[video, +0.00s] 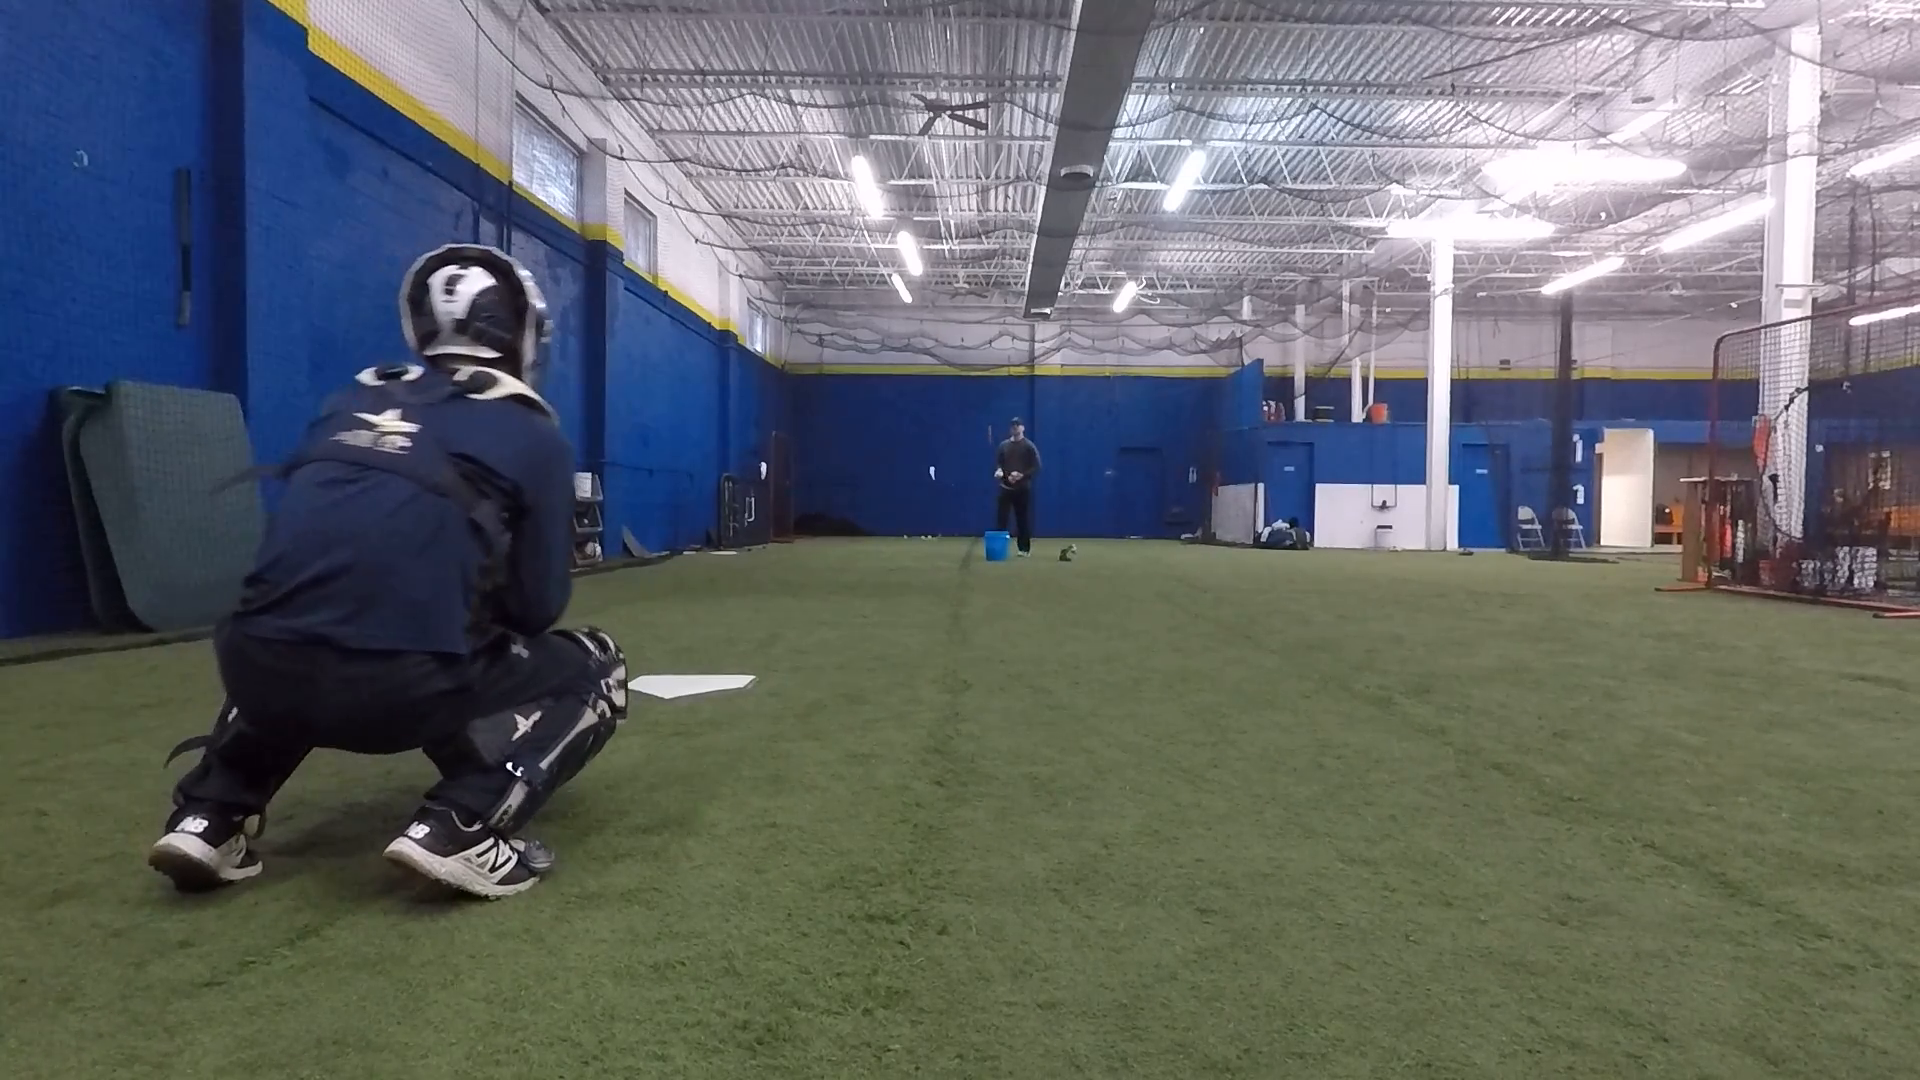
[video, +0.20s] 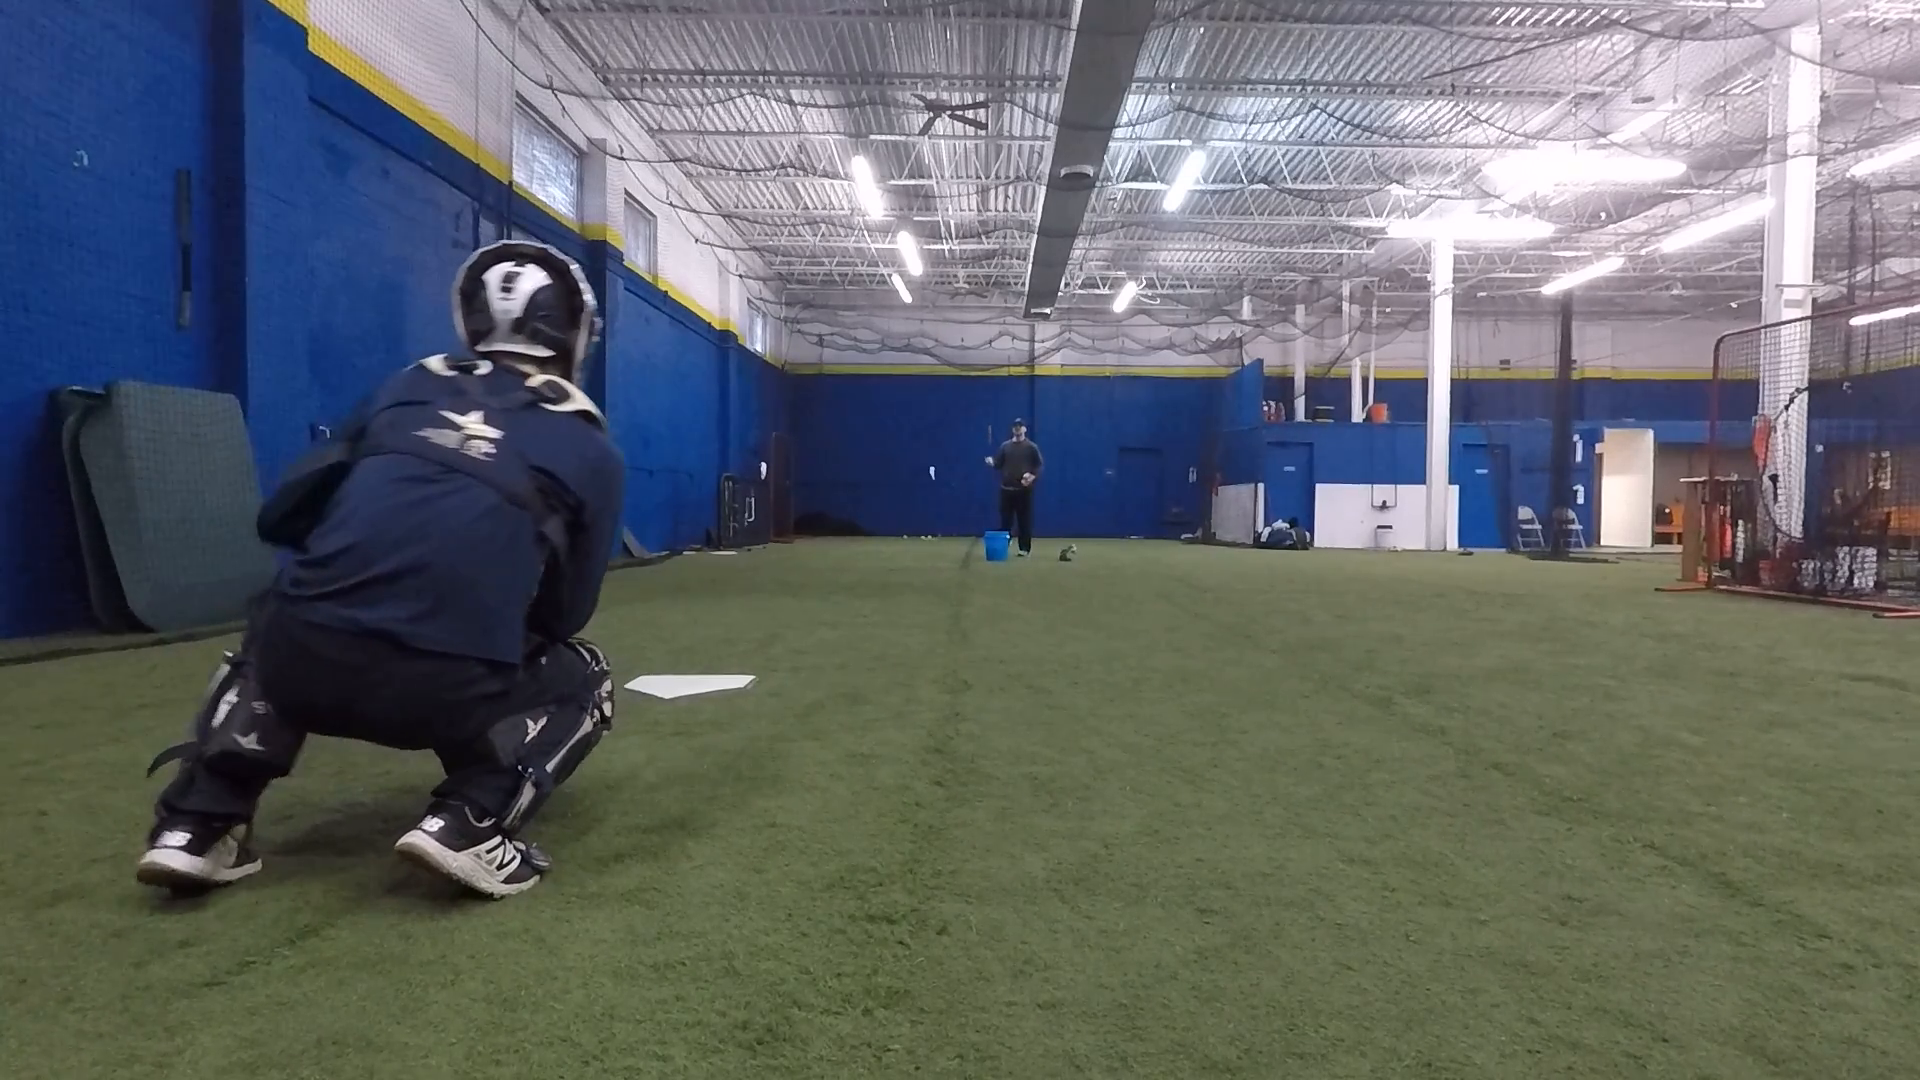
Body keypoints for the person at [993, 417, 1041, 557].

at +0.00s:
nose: (1016, 429)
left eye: (1018, 426)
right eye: (1013, 426)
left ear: (1023, 428)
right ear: (1010, 429)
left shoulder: (1029, 446)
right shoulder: (1003, 446)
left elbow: (1036, 466)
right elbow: (999, 463)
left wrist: (1022, 475)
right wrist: (1002, 472)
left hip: (1022, 488)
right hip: (1006, 487)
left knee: (1022, 519)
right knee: (1002, 517)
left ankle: (1024, 548)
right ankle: (999, 547)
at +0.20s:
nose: (1018, 429)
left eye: (1020, 427)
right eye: (1016, 427)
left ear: (1025, 429)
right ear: (1013, 429)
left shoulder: (1031, 447)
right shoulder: (1005, 446)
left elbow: (1039, 465)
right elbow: (999, 463)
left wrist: (1033, 475)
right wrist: (992, 462)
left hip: (1024, 489)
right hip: (1007, 489)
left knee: (1024, 520)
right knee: (1005, 518)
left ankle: (1024, 548)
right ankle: (1004, 545)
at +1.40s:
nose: (1012, 439)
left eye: (1014, 436)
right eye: (1010, 436)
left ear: (1019, 436)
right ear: (1007, 436)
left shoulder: (1025, 452)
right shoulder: (1000, 448)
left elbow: (1032, 469)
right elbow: (991, 461)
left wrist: (1025, 482)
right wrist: (996, 470)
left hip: (1013, 489)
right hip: (997, 487)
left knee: (1013, 518)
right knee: (994, 516)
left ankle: (1014, 545)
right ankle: (990, 545)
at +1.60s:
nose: (1006, 437)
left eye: (1008, 434)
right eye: (1004, 434)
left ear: (1013, 435)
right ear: (1001, 435)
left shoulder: (1019, 451)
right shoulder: (993, 448)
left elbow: (1026, 468)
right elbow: (986, 464)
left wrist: (1021, 481)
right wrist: (992, 471)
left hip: (1008, 490)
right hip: (991, 489)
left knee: (1011, 518)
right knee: (981, 515)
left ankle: (1014, 546)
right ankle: (971, 543)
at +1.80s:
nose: (991, 438)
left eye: (993, 436)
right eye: (989, 436)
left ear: (999, 436)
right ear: (987, 437)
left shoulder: (1006, 452)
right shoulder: (981, 451)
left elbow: (1014, 469)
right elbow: (976, 467)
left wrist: (1011, 482)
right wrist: (981, 473)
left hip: (999, 492)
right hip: (983, 492)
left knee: (1005, 520)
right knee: (973, 519)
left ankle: (1014, 545)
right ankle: (963, 544)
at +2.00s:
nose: (975, 438)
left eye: (977, 435)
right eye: (974, 436)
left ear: (983, 435)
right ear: (972, 437)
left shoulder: (993, 451)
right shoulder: (967, 452)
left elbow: (999, 467)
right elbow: (963, 466)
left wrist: (997, 478)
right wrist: (964, 473)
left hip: (987, 491)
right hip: (971, 491)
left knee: (996, 518)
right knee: (966, 520)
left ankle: (1009, 543)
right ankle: (963, 545)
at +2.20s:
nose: (967, 439)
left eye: (968, 436)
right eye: (965, 437)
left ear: (974, 435)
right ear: (962, 438)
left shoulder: (984, 450)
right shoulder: (959, 451)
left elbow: (991, 466)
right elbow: (956, 466)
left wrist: (983, 475)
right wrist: (956, 471)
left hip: (980, 489)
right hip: (965, 489)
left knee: (985, 514)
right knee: (964, 518)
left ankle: (990, 542)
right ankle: (962, 544)